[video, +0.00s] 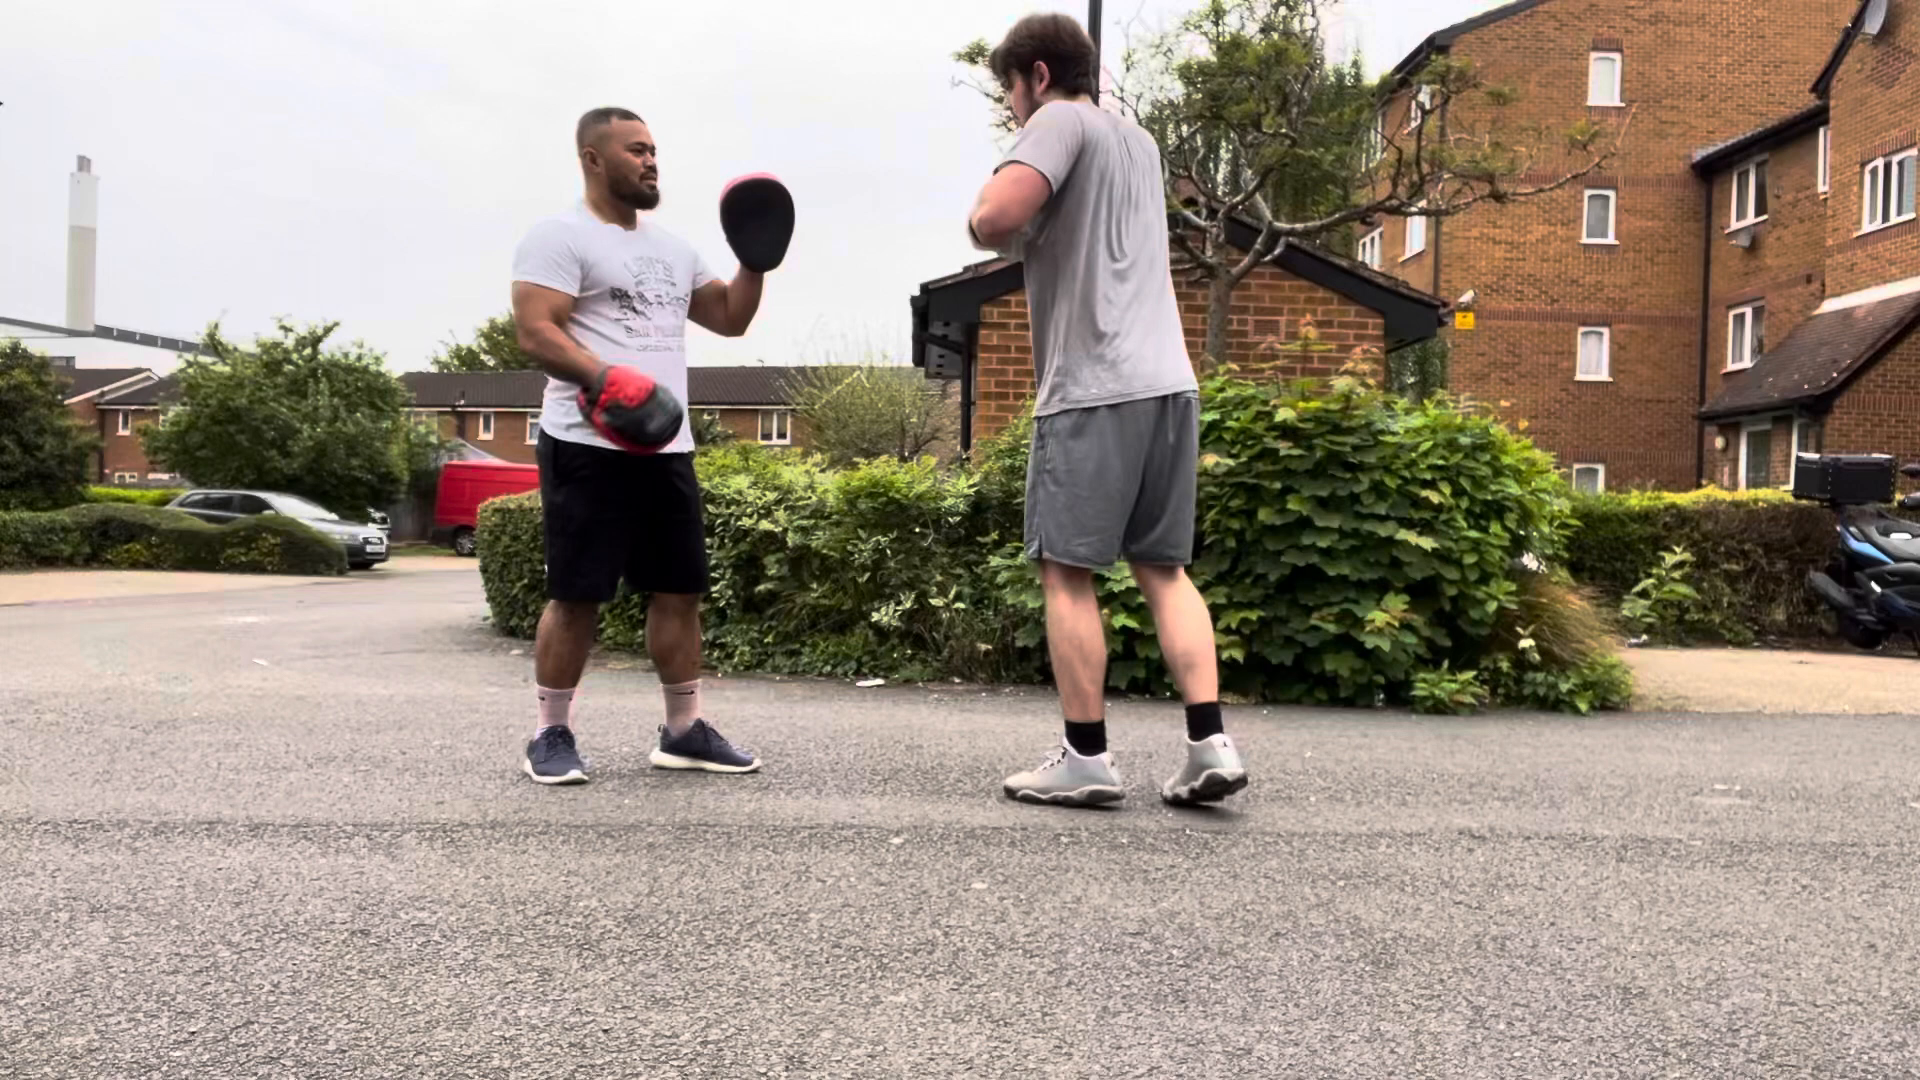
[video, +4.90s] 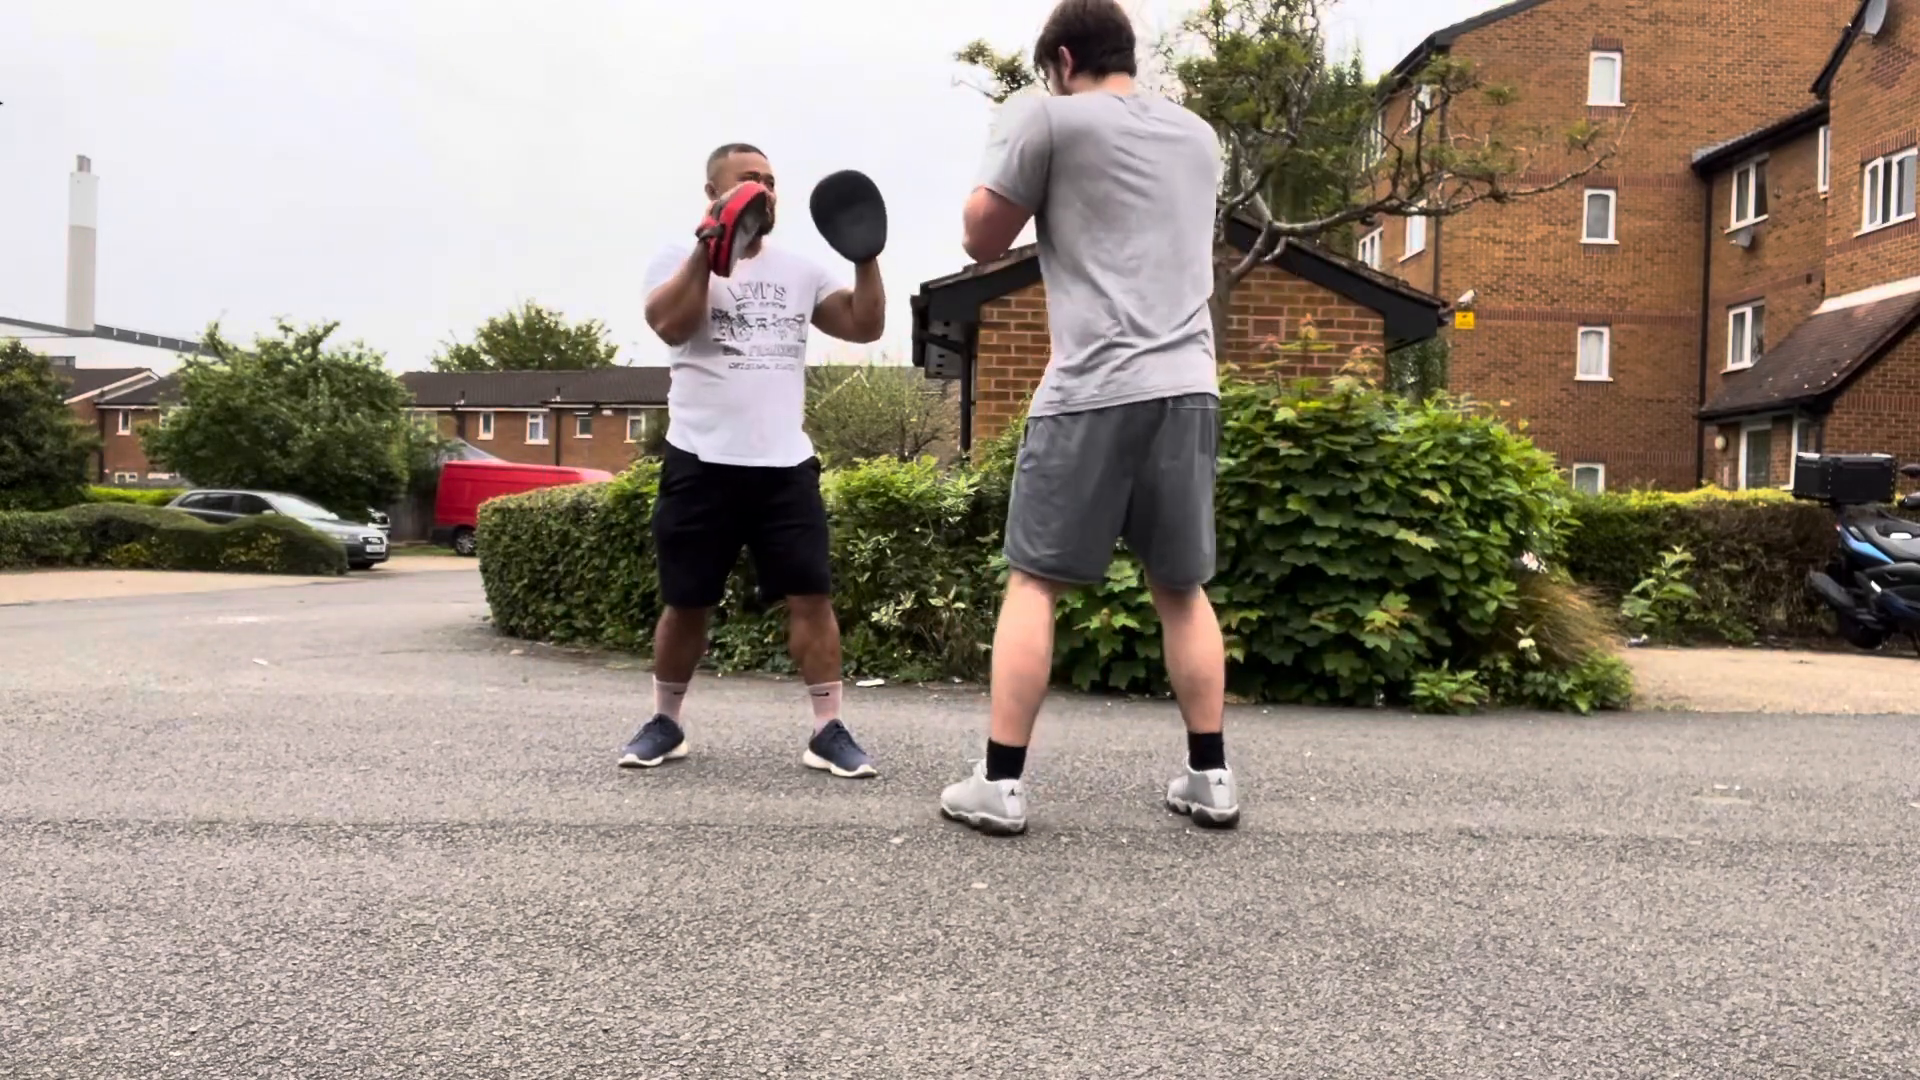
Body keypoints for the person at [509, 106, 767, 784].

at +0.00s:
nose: (653, 161)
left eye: (654, 152)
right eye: (638, 150)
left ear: (650, 164)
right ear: (593, 161)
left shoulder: (674, 250)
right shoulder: (558, 237)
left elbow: (730, 316)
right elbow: (536, 333)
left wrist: (755, 256)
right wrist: (610, 382)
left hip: (666, 451)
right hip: (584, 449)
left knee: (679, 587)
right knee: (575, 592)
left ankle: (683, 728)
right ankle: (554, 733)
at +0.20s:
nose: (651, 161)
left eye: (653, 152)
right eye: (636, 150)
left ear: (650, 164)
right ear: (591, 159)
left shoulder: (665, 247)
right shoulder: (558, 236)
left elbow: (737, 311)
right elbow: (551, 324)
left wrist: (753, 243)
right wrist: (630, 284)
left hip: (668, 445)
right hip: (587, 446)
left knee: (681, 587)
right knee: (575, 593)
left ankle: (683, 727)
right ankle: (554, 732)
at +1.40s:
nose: (695, 177)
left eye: (698, 165)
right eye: (682, 165)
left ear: (694, 176)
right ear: (648, 175)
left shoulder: (715, 260)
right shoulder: (609, 237)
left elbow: (764, 341)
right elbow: (631, 292)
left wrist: (798, 291)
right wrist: (661, 212)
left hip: (707, 453)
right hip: (626, 450)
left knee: (732, 591)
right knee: (597, 596)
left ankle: (754, 725)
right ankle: (553, 730)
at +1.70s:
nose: (786, 197)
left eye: (791, 185)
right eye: (772, 183)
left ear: (795, 200)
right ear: (742, 191)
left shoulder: (793, 284)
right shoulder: (697, 244)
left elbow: (819, 370)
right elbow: (692, 287)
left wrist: (857, 327)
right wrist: (728, 206)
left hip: (756, 459)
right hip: (678, 446)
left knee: (760, 594)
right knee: (631, 586)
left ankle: (755, 727)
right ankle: (572, 723)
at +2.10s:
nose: (786, 181)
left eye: (794, 176)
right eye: (772, 169)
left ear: (801, 196)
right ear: (735, 185)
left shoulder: (812, 271)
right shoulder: (696, 245)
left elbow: (881, 324)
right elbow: (668, 312)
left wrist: (899, 265)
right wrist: (720, 248)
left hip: (773, 456)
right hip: (692, 447)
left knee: (767, 592)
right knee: (671, 588)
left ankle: (754, 724)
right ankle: (653, 712)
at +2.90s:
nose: (807, 196)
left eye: (812, 189)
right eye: (795, 186)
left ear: (813, 204)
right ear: (764, 195)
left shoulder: (818, 286)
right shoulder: (715, 251)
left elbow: (857, 369)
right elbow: (733, 275)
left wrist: (880, 305)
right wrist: (756, 200)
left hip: (793, 461)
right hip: (710, 454)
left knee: (814, 592)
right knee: (690, 599)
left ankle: (830, 728)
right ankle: (666, 721)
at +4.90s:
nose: (762, 189)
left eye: (770, 180)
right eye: (747, 180)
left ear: (779, 194)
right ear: (713, 195)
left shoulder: (800, 265)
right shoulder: (679, 258)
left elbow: (866, 326)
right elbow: (669, 327)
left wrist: (866, 254)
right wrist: (708, 249)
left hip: (785, 461)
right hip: (700, 460)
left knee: (811, 593)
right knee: (684, 600)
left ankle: (829, 727)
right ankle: (665, 721)